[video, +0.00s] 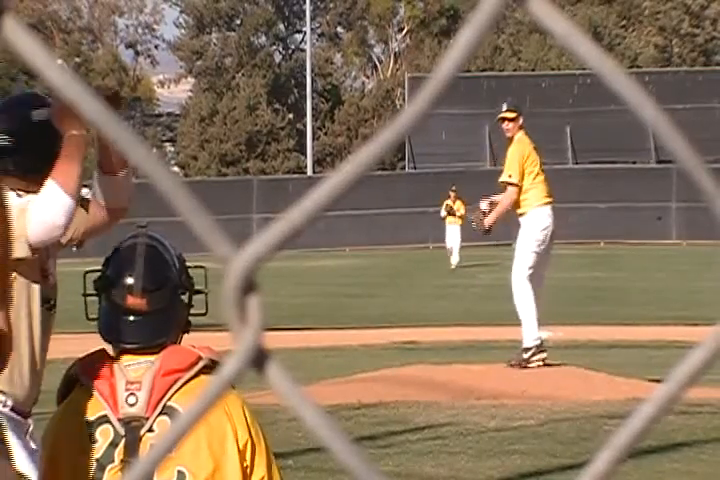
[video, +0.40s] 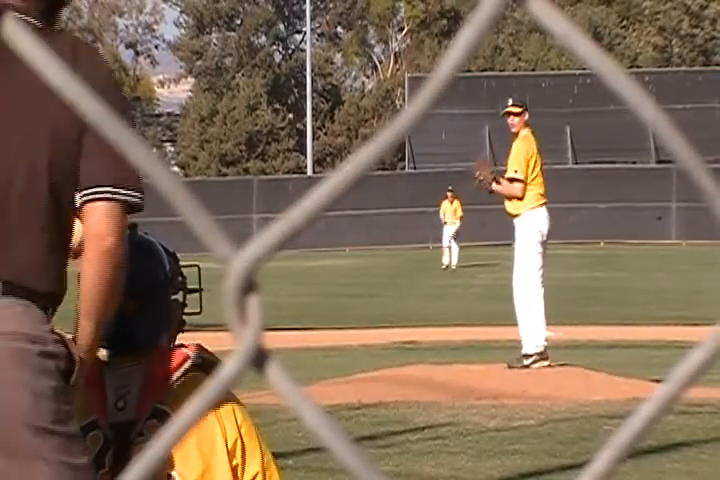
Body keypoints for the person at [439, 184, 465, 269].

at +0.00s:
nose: (453, 194)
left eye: (454, 192)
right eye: (451, 192)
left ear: (456, 193)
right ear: (449, 193)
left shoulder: (459, 203)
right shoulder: (447, 202)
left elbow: (462, 212)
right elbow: (442, 214)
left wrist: (455, 212)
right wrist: (446, 211)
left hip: (456, 223)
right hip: (449, 223)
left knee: (456, 242)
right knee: (449, 242)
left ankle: (454, 260)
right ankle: (450, 255)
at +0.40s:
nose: (450, 195)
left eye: (451, 193)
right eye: (448, 193)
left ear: (453, 194)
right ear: (447, 194)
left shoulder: (456, 202)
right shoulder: (444, 203)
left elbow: (459, 212)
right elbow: (441, 211)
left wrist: (458, 220)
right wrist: (442, 218)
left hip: (455, 222)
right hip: (447, 223)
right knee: (445, 243)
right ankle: (445, 261)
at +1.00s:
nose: (443, 196)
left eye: (445, 194)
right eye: (442, 195)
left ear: (447, 195)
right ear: (440, 195)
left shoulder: (450, 202)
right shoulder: (438, 202)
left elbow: (454, 212)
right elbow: (436, 212)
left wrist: (456, 223)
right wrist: (442, 203)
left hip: (451, 223)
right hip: (442, 224)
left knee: (453, 243)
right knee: (443, 244)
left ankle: (454, 262)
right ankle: (444, 263)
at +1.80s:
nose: (452, 196)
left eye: (454, 194)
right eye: (451, 194)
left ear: (456, 195)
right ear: (449, 194)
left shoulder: (458, 203)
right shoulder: (446, 202)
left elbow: (462, 214)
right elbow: (443, 211)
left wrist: (464, 226)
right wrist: (450, 202)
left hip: (457, 224)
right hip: (448, 224)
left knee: (457, 244)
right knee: (447, 243)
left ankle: (456, 262)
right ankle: (446, 260)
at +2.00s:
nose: (453, 196)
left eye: (454, 194)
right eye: (452, 194)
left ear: (456, 195)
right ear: (449, 194)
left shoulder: (459, 203)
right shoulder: (446, 203)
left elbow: (463, 214)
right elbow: (442, 214)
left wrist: (465, 226)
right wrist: (448, 212)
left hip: (457, 224)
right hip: (449, 224)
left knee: (457, 244)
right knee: (449, 244)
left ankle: (456, 263)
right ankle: (449, 261)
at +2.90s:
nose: (440, 195)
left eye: (442, 193)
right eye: (439, 193)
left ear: (445, 194)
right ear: (437, 194)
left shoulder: (449, 203)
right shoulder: (436, 204)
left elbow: (454, 213)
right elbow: (434, 216)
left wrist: (453, 224)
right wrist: (434, 227)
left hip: (449, 224)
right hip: (441, 224)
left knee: (450, 244)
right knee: (442, 244)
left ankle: (453, 262)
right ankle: (445, 263)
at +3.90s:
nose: (426, 204)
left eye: (427, 202)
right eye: (425, 203)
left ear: (430, 202)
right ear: (424, 203)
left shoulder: (437, 209)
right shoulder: (424, 210)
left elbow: (444, 222)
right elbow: (425, 222)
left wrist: (441, 229)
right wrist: (426, 231)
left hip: (439, 229)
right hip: (431, 230)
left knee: (442, 248)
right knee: (428, 248)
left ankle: (448, 262)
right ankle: (425, 266)